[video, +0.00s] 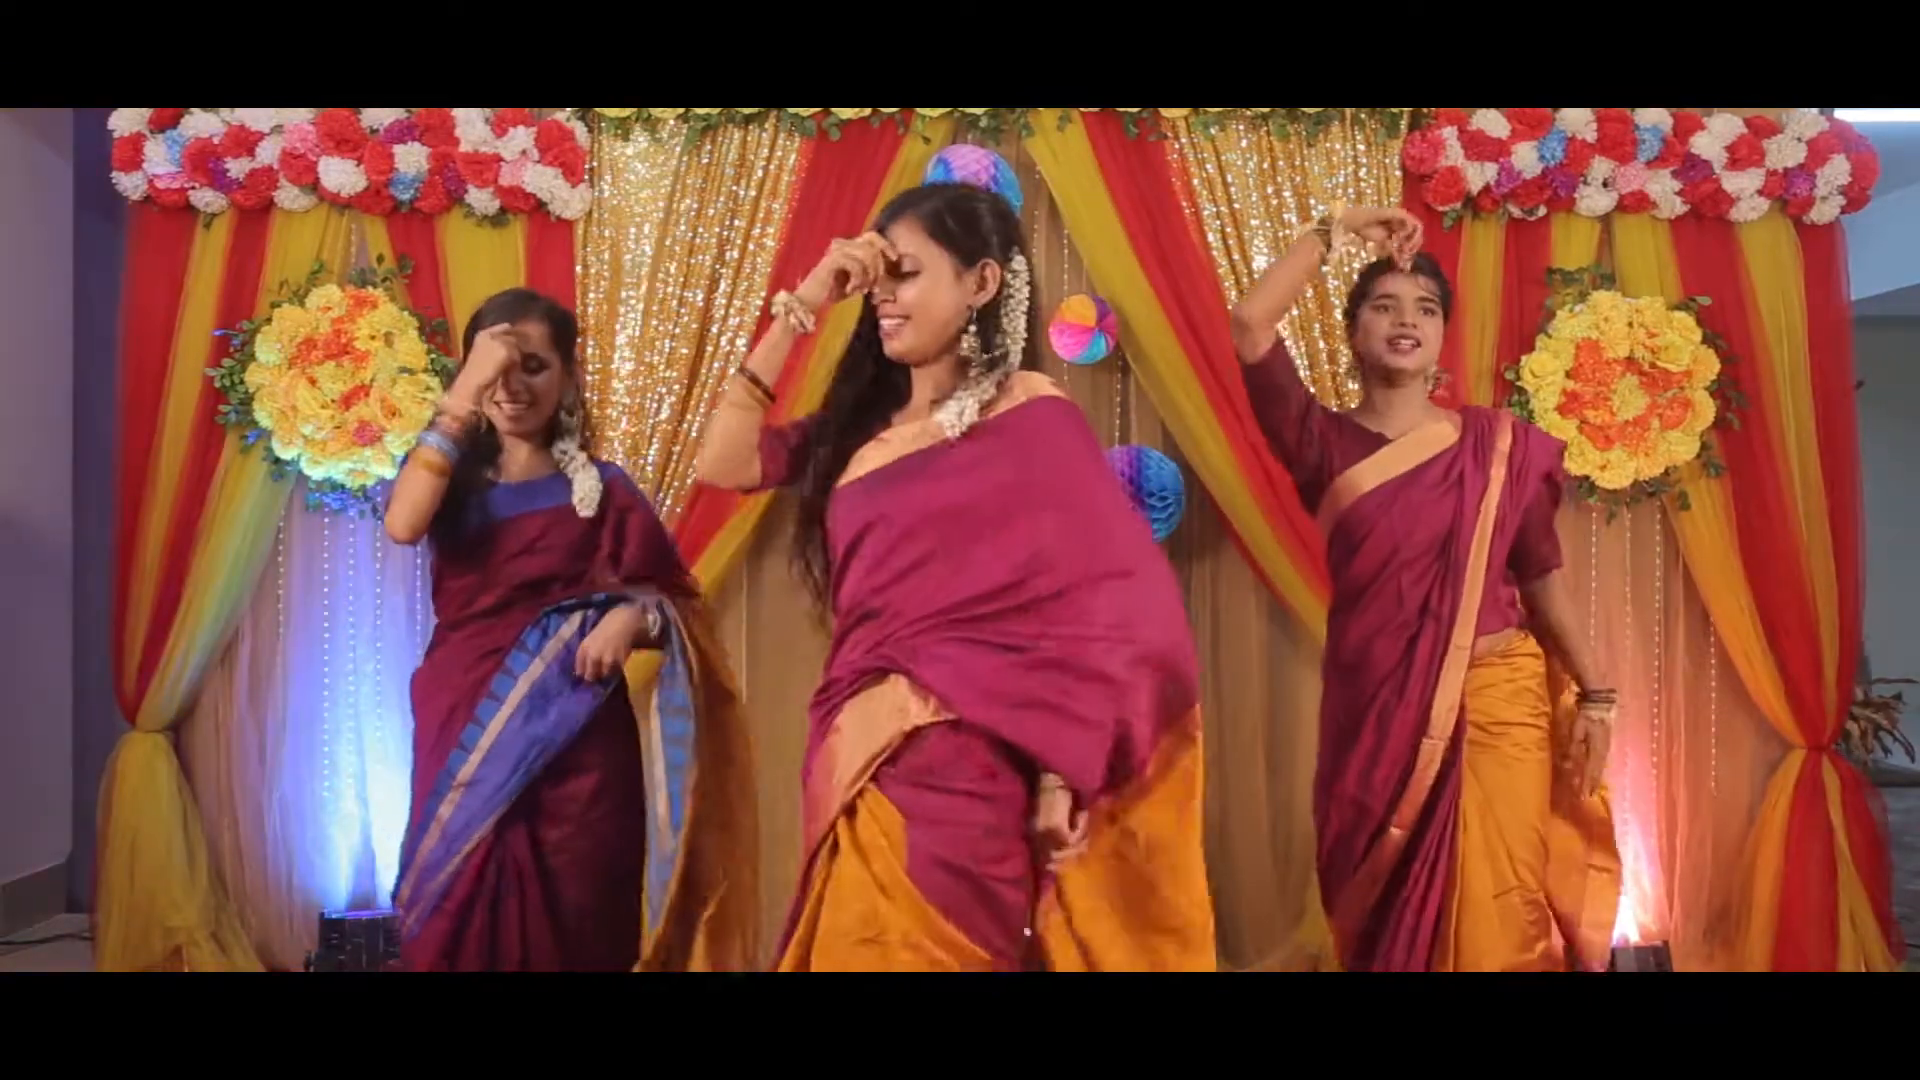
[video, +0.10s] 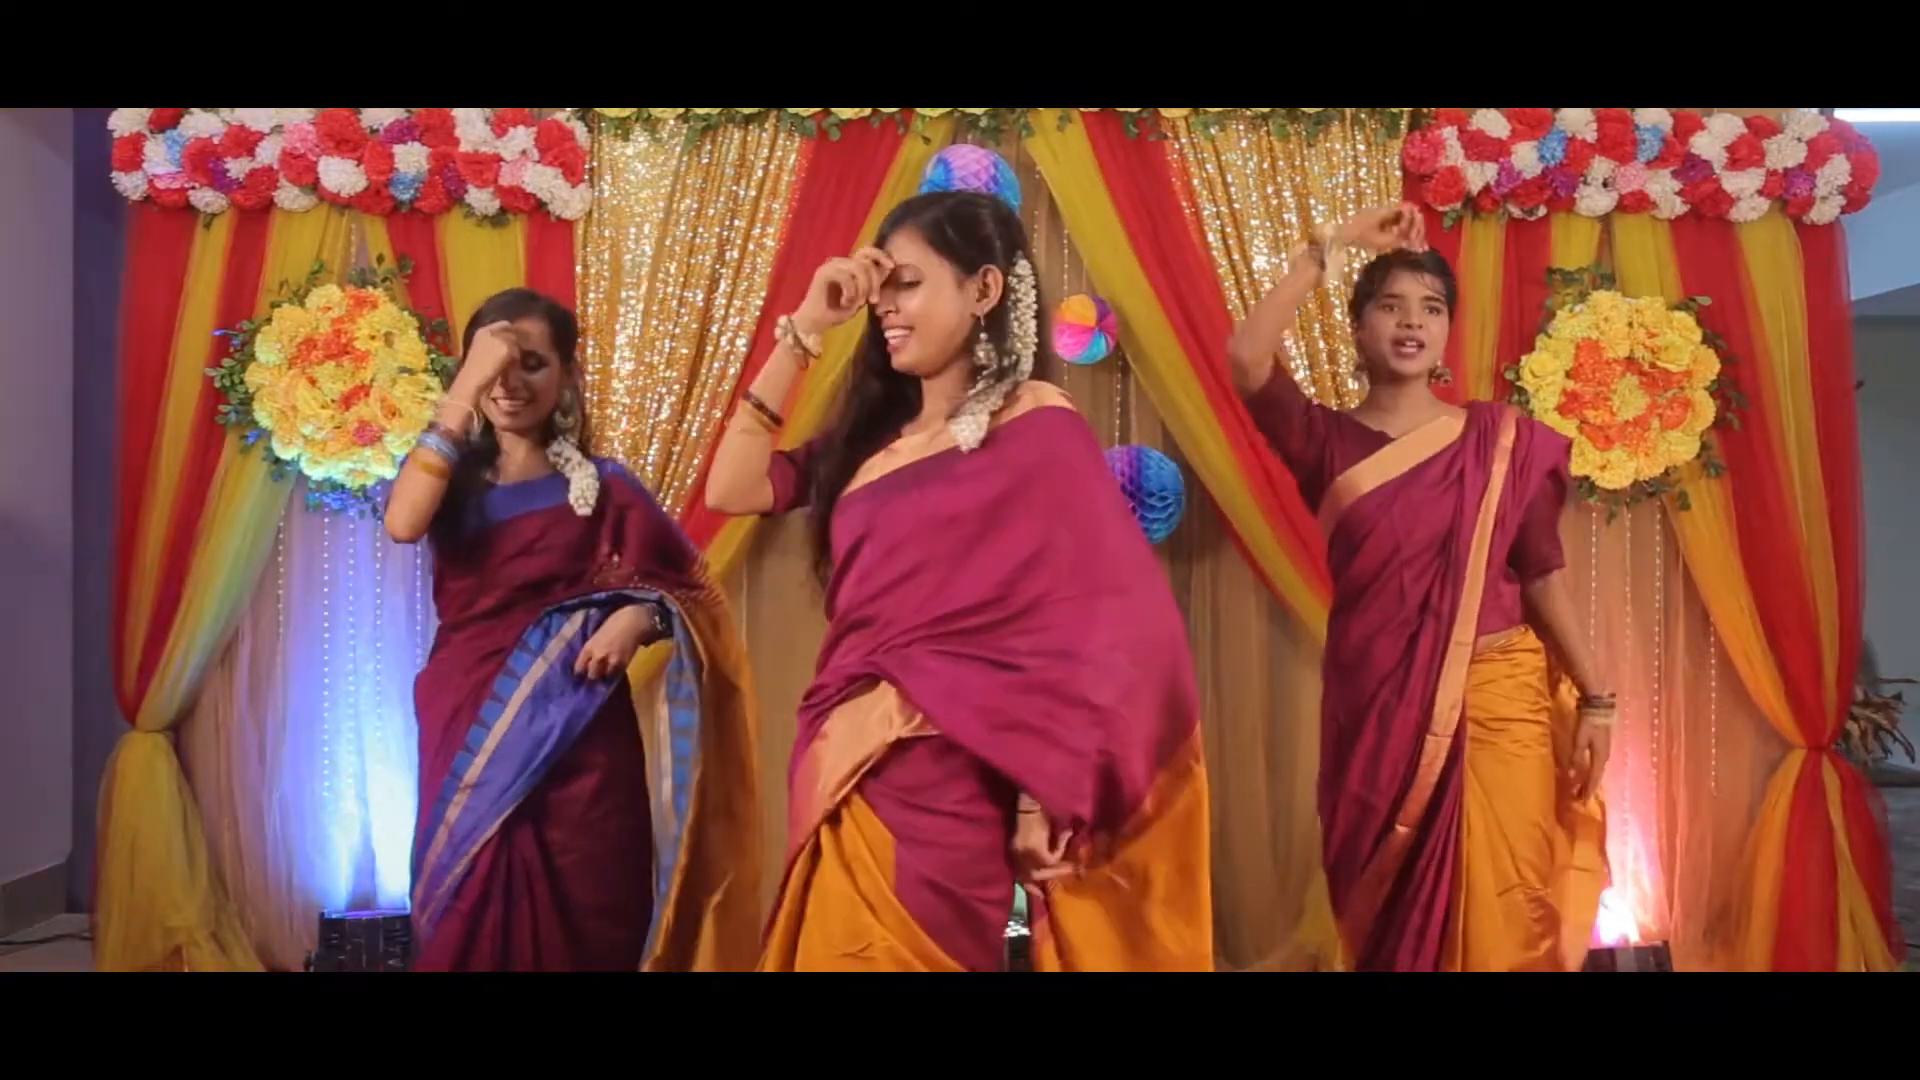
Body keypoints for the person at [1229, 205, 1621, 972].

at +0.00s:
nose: (1406, 320)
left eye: (1424, 307)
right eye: (1384, 305)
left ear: (1445, 334)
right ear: (1351, 329)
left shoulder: (1498, 442)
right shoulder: (1328, 444)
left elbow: (1539, 583)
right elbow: (1252, 323)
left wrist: (1594, 687)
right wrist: (1336, 228)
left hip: (1500, 690)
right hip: (1381, 704)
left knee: (1492, 915)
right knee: (1389, 917)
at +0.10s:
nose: (1410, 321)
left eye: (1430, 307)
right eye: (1389, 304)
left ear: (1450, 330)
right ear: (1356, 325)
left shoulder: (1505, 438)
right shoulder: (1330, 442)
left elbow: (1541, 579)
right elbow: (1248, 358)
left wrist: (1597, 697)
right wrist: (1331, 244)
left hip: (1502, 699)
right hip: (1382, 708)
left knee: (1501, 921)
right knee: (1394, 924)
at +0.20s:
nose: (1419, 337)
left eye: (1437, 321)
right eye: (1398, 321)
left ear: (1458, 338)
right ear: (1361, 340)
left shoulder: (1508, 444)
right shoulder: (1337, 444)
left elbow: (1541, 594)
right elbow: (1258, 465)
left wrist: (1593, 718)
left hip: (1497, 707)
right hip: (1376, 712)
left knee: (1494, 918)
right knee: (1388, 917)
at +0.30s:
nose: (1421, 366)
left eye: (1440, 348)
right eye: (1402, 347)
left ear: (1464, 364)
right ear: (1372, 359)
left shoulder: (1516, 467)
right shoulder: (1333, 468)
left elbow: (1543, 624)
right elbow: (1285, 586)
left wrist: (1581, 758)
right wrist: (1353, 526)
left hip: (1488, 731)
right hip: (1369, 733)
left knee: (1480, 929)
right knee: (1378, 931)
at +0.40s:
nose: (1415, 356)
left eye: (1435, 339)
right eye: (1397, 337)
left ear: (1464, 357)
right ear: (1372, 350)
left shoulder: (1519, 464)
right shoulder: (1335, 461)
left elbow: (1540, 628)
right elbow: (1286, 581)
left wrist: (1567, 758)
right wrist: (1359, 534)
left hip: (1479, 726)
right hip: (1360, 730)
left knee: (1472, 932)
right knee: (1372, 932)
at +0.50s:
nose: (1400, 325)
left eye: (1424, 312)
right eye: (1387, 307)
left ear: (1457, 337)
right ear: (1367, 322)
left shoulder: (1503, 437)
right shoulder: (1335, 439)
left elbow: (1533, 598)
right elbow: (1277, 537)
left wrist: (1565, 734)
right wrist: (1325, 451)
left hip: (1471, 695)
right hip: (1360, 699)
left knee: (1472, 915)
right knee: (1370, 909)